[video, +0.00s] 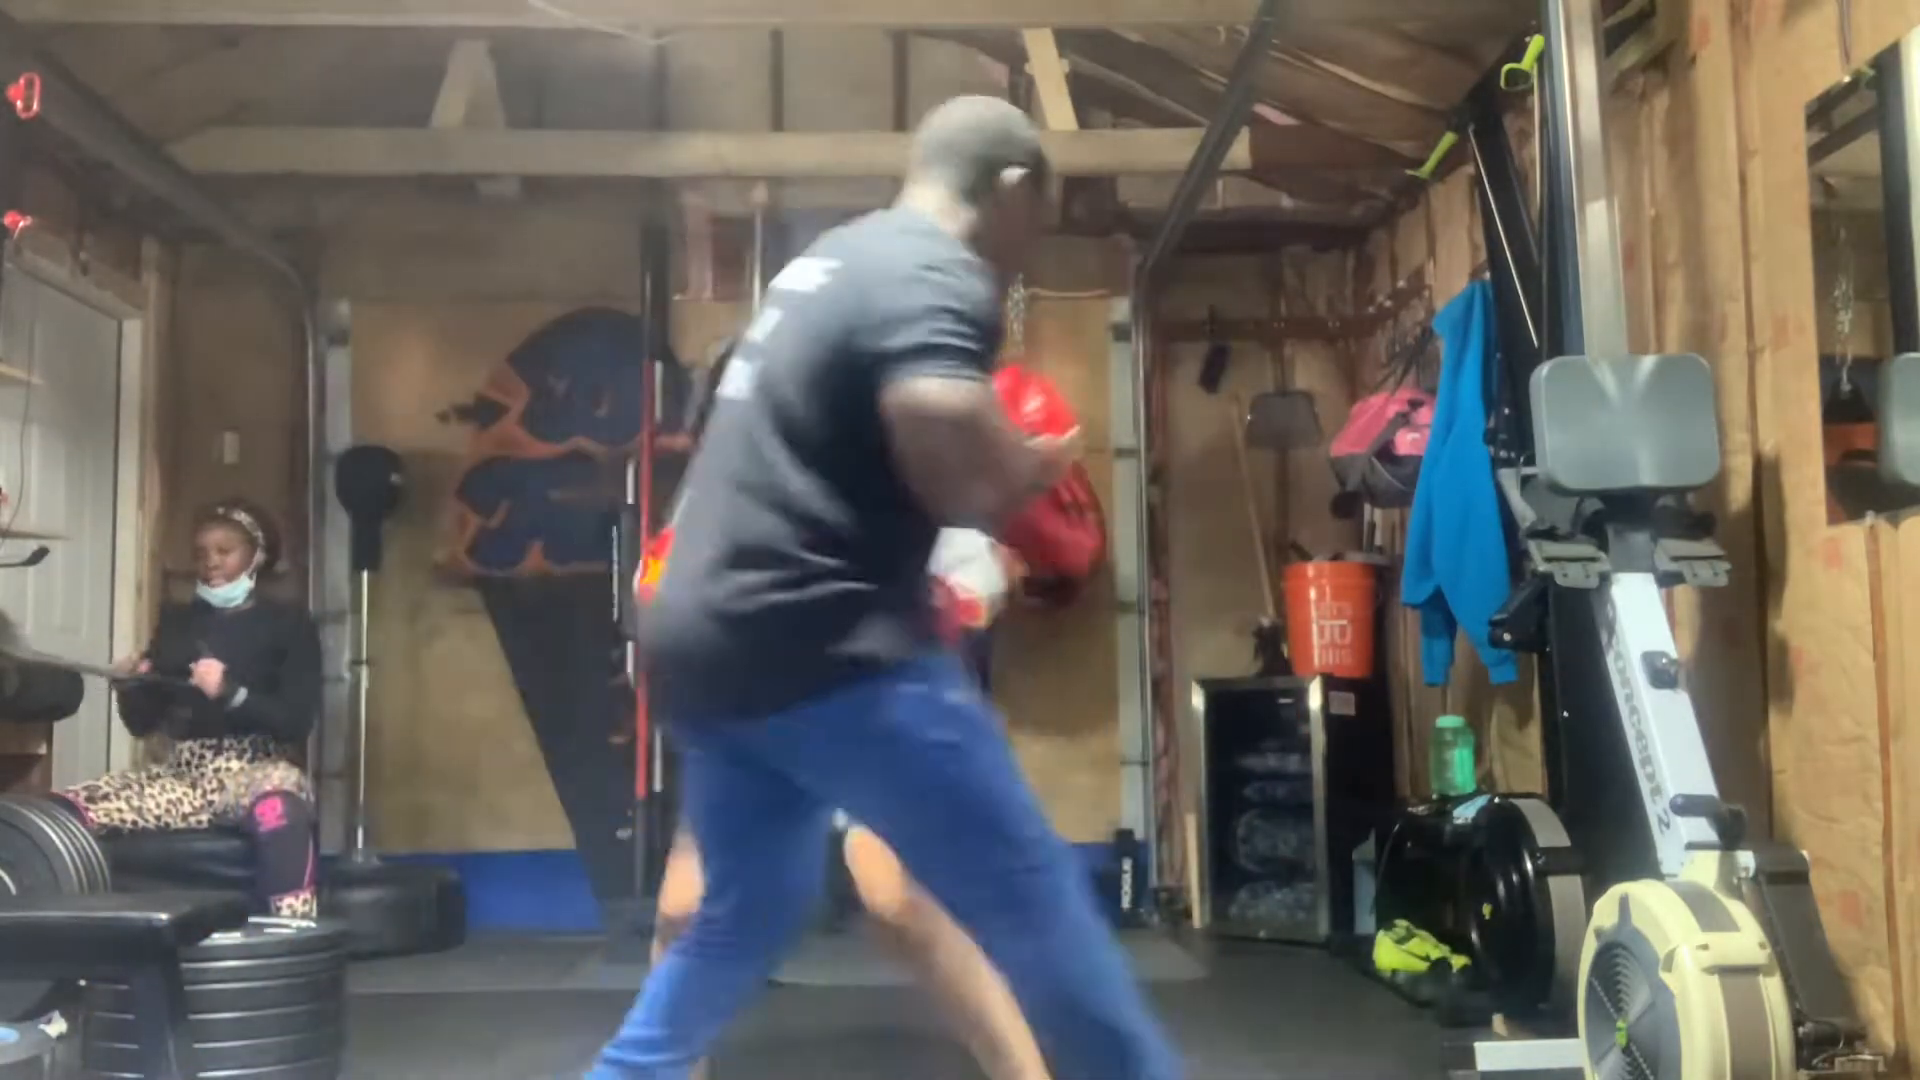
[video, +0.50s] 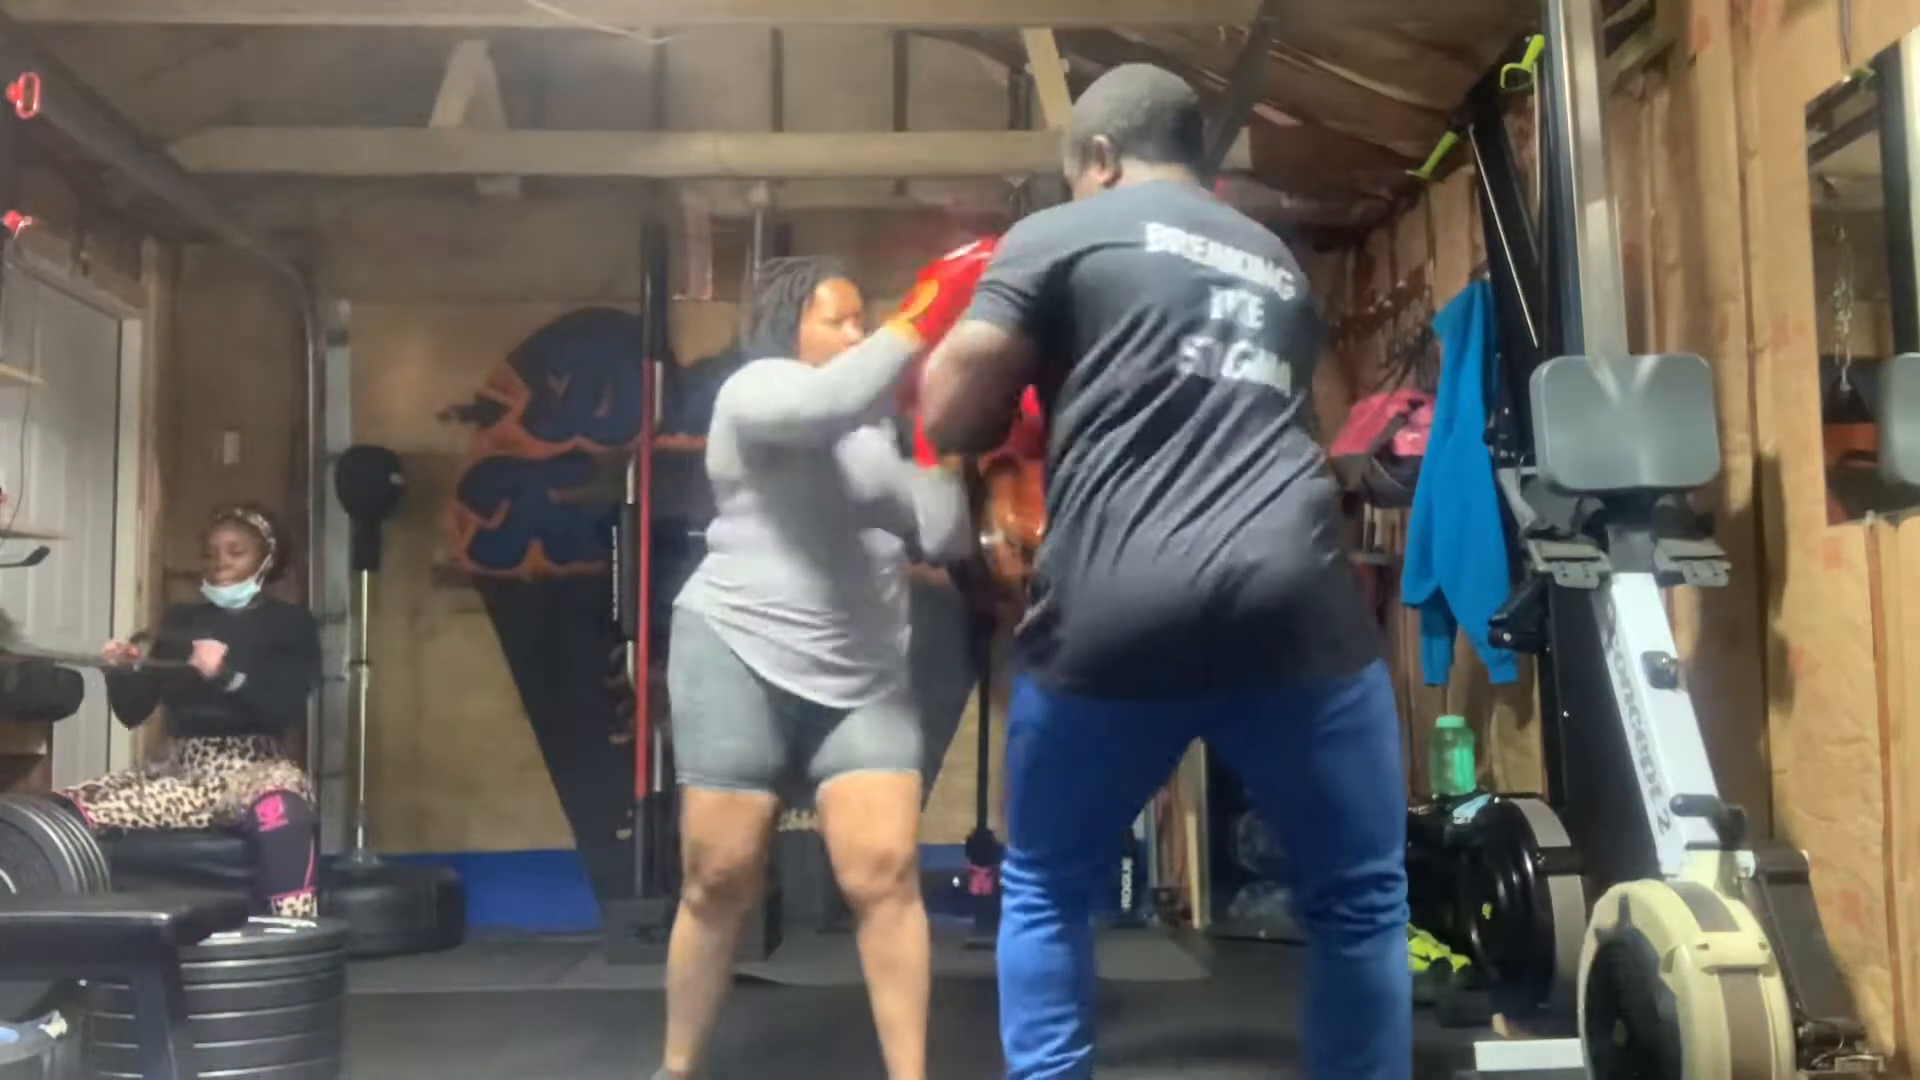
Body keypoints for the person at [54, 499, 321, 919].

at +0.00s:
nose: (211, 563)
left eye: (224, 551)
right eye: (203, 553)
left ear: (255, 556)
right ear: (194, 557)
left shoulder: (288, 621)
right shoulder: (178, 621)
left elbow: (295, 722)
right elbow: (142, 722)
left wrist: (230, 692)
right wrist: (130, 684)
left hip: (259, 773)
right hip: (181, 773)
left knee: (280, 814)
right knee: (62, 812)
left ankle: (295, 947)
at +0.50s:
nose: (221, 565)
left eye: (236, 553)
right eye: (212, 554)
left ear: (264, 561)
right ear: (202, 557)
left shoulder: (289, 621)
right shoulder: (181, 618)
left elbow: (282, 713)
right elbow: (133, 712)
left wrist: (228, 674)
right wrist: (120, 671)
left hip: (255, 771)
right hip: (178, 770)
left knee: (282, 810)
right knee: (65, 811)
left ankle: (295, 946)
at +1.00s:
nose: (203, 562)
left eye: (216, 549)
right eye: (198, 551)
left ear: (249, 555)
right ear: (191, 555)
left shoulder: (280, 612)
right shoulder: (173, 608)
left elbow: (264, 689)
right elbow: (107, 690)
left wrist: (188, 648)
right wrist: (113, 648)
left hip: (255, 774)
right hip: (178, 773)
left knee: (282, 813)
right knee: (66, 812)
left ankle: (294, 948)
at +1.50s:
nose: (208, 560)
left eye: (221, 548)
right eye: (202, 551)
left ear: (254, 554)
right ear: (195, 554)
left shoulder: (289, 621)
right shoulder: (180, 618)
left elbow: (294, 719)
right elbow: (134, 718)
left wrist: (231, 686)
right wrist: (135, 679)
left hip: (256, 772)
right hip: (177, 772)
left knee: (283, 812)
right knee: (61, 811)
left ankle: (295, 947)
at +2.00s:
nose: (214, 561)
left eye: (230, 551)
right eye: (207, 551)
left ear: (260, 560)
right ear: (198, 556)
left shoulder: (288, 624)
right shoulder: (179, 621)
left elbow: (301, 723)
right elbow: (140, 723)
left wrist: (243, 691)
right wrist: (130, 681)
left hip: (255, 772)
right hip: (173, 772)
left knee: (281, 810)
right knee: (60, 809)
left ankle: (296, 947)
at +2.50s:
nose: (217, 553)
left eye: (233, 545)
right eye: (210, 543)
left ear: (260, 560)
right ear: (201, 549)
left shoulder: (281, 611)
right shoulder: (172, 611)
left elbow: (273, 684)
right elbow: (106, 689)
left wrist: (193, 652)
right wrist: (107, 657)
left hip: (254, 769)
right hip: (175, 771)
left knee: (280, 813)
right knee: (61, 811)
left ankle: (296, 949)